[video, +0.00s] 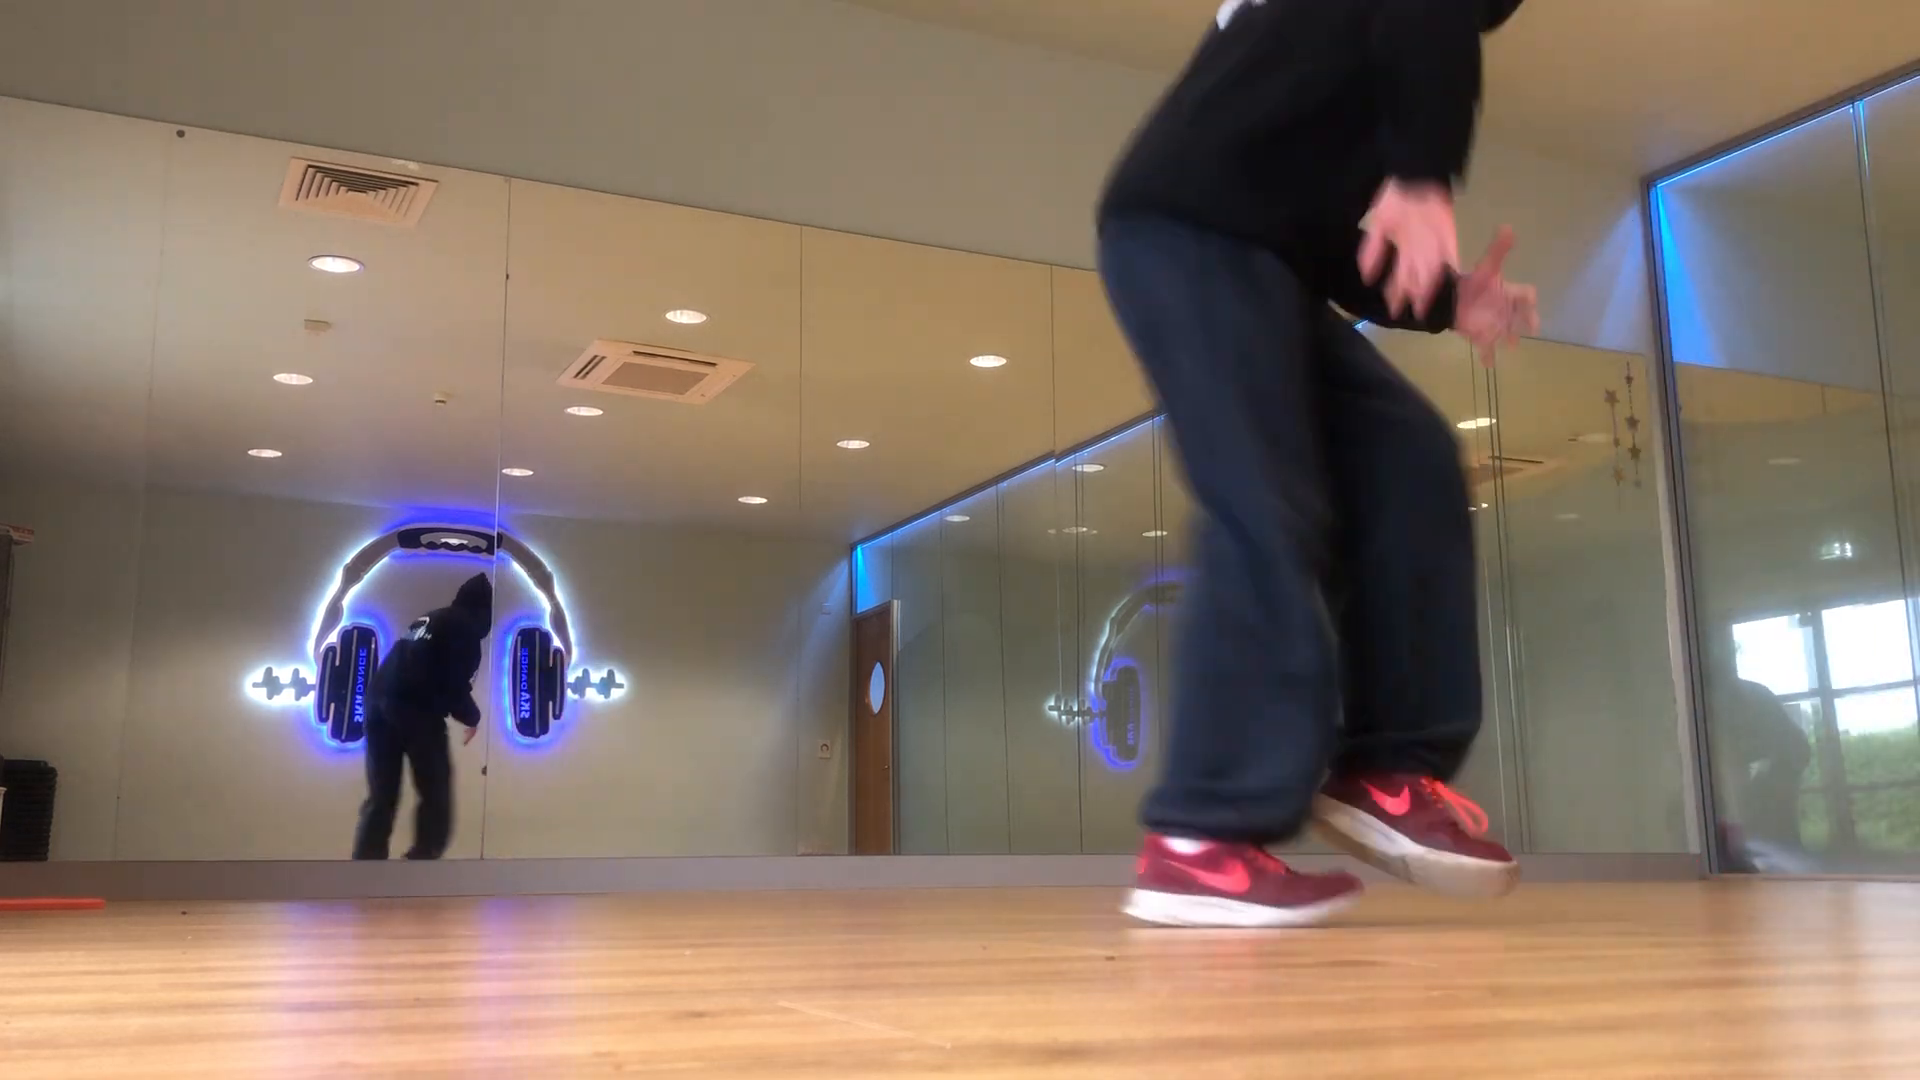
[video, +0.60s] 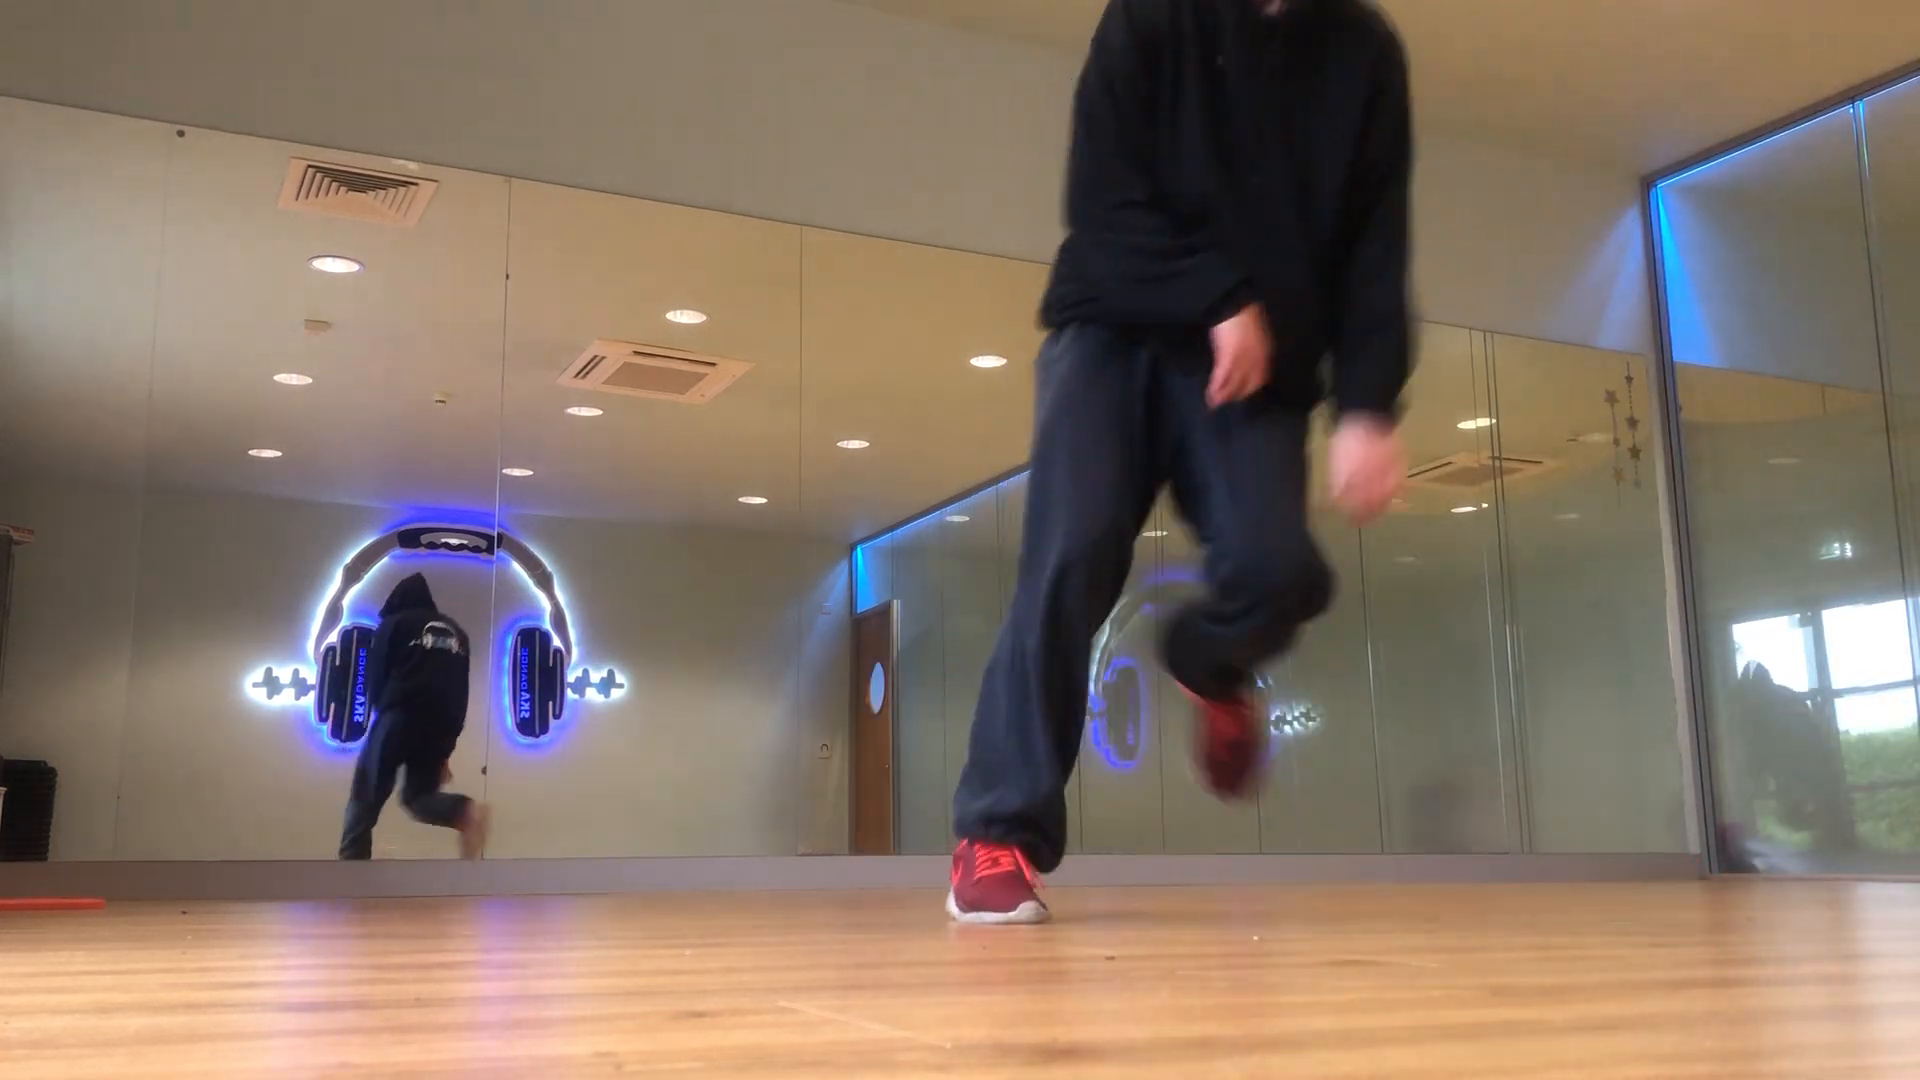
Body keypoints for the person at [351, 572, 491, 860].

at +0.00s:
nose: (489, 618)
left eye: (489, 611)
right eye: (488, 611)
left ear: (459, 599)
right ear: (483, 606)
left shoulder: (429, 618)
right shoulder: (465, 627)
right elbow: (452, 683)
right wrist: (472, 717)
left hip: (379, 709)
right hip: (420, 713)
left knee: (382, 794)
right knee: (436, 792)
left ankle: (365, 867)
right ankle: (422, 862)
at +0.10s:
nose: (475, 608)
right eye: (474, 602)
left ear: (441, 591)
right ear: (470, 599)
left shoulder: (411, 615)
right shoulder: (460, 621)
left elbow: (366, 652)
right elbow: (464, 681)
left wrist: (351, 697)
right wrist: (483, 723)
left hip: (372, 702)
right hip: (415, 710)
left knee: (358, 784)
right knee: (399, 787)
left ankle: (327, 854)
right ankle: (376, 857)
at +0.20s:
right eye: (457, 607)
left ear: (423, 599)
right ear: (456, 608)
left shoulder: (393, 625)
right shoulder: (457, 643)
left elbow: (337, 653)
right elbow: (463, 698)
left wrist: (325, 693)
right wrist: (453, 748)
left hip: (364, 721)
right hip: (409, 734)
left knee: (337, 788)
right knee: (379, 806)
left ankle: (304, 832)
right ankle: (343, 868)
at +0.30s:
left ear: (417, 593)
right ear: (451, 603)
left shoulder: (394, 616)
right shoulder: (458, 638)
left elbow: (343, 654)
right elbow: (448, 692)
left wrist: (325, 700)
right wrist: (424, 733)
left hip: (366, 707)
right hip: (408, 721)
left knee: (335, 777)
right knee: (380, 797)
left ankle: (323, 846)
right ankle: (355, 866)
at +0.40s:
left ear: (410, 599)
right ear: (442, 607)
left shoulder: (390, 621)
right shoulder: (454, 642)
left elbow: (358, 661)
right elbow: (453, 692)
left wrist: (341, 707)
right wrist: (432, 733)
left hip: (370, 705)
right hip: (412, 716)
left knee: (352, 773)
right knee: (382, 779)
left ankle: (343, 851)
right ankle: (367, 844)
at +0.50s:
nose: (387, 617)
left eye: (390, 613)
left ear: (396, 611)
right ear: (427, 614)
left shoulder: (386, 633)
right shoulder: (449, 648)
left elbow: (361, 680)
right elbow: (454, 705)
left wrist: (352, 729)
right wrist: (440, 755)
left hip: (384, 719)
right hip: (427, 727)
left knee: (353, 796)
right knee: (376, 791)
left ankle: (347, 869)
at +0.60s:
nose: (387, 611)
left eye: (390, 605)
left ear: (398, 600)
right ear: (427, 600)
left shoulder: (393, 622)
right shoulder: (457, 632)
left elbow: (376, 675)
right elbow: (458, 697)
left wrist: (378, 710)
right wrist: (443, 751)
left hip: (399, 717)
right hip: (443, 720)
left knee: (366, 793)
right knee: (417, 796)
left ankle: (352, 865)